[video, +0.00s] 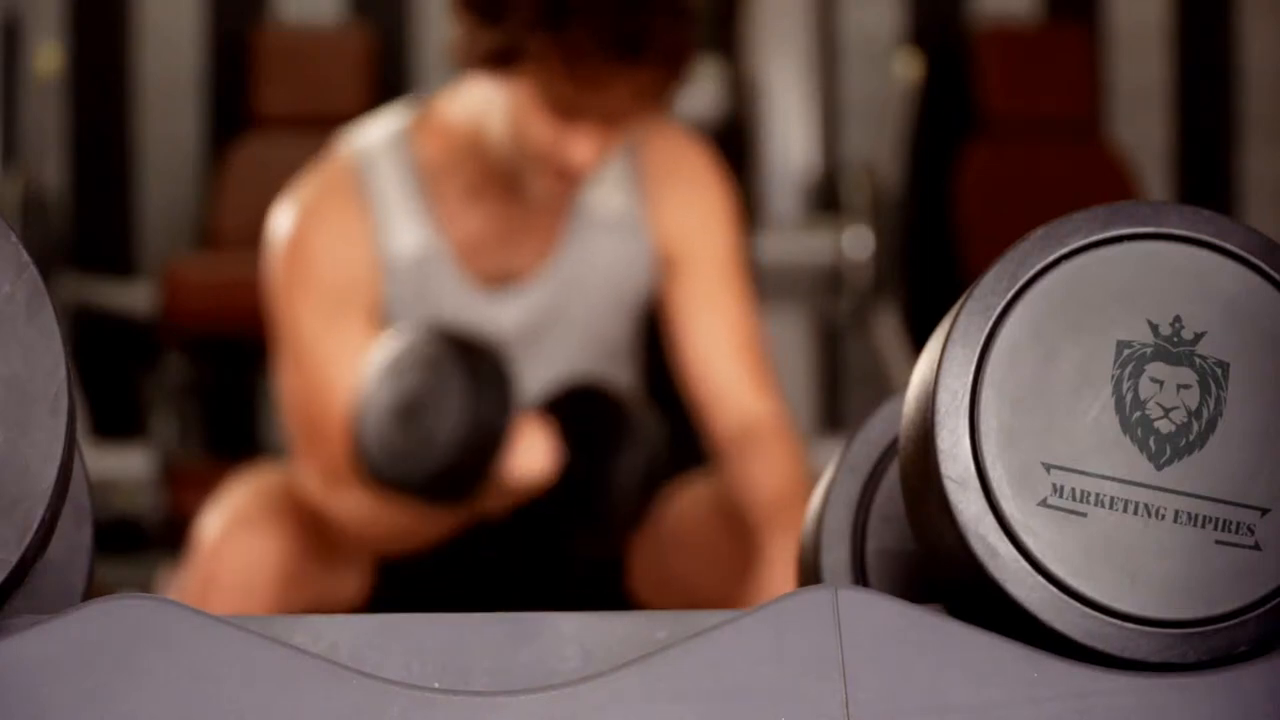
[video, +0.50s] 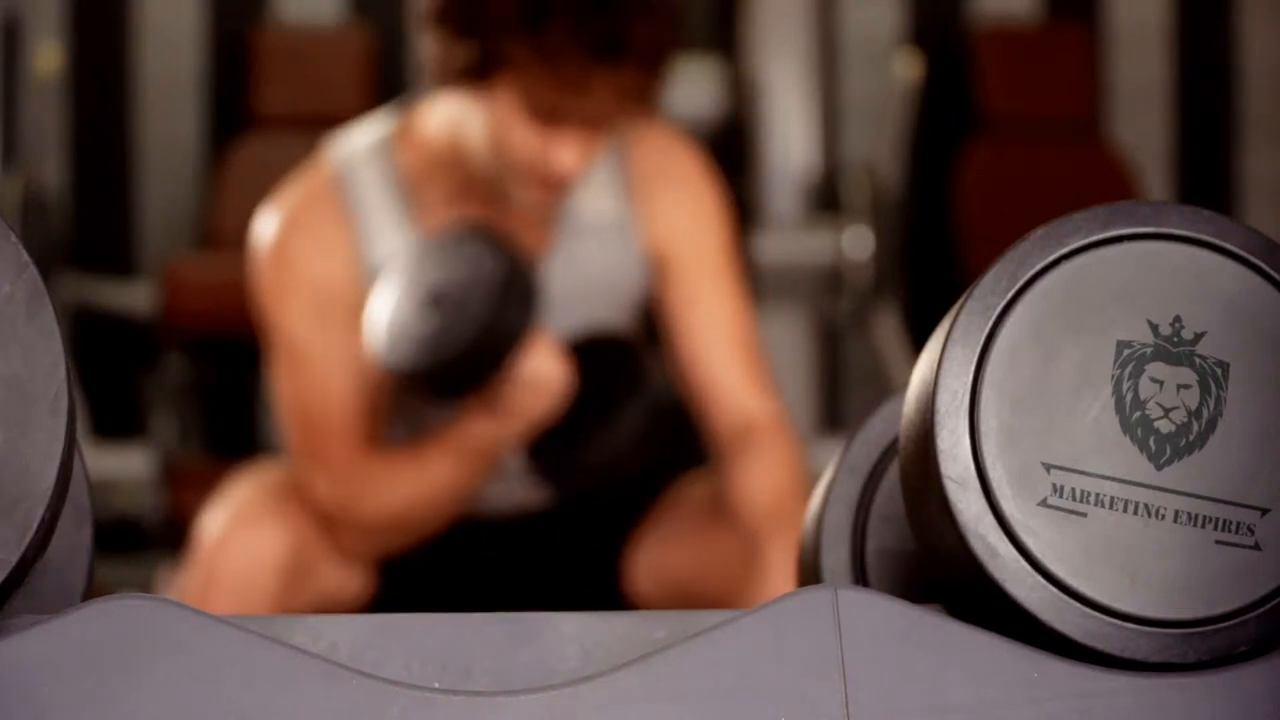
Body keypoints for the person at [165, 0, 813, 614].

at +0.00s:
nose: (588, 153)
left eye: (618, 121)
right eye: (566, 112)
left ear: (652, 93)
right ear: (500, 58)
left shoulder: (670, 170)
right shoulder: (333, 208)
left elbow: (748, 421)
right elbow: (342, 500)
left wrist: (788, 576)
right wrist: (497, 479)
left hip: (598, 525)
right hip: (403, 534)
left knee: (782, 531)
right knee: (248, 534)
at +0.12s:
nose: (578, 154)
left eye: (608, 121)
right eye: (555, 112)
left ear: (641, 97)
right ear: (485, 59)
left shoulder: (665, 171)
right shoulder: (319, 213)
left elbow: (747, 422)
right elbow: (347, 498)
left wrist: (788, 593)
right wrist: (496, 462)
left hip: (600, 526)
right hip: (402, 533)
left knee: (781, 539)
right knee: (249, 538)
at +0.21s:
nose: (573, 153)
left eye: (604, 120)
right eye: (547, 112)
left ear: (636, 98)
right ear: (476, 61)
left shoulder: (661, 171)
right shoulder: (314, 217)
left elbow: (746, 422)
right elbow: (346, 502)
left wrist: (789, 596)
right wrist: (494, 455)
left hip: (598, 525)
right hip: (399, 535)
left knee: (784, 541)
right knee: (250, 536)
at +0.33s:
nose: (569, 154)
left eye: (601, 121)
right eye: (543, 113)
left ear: (633, 97)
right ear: (470, 63)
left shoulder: (660, 171)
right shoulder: (311, 220)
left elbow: (747, 424)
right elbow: (348, 507)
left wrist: (787, 591)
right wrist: (501, 438)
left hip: (595, 524)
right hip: (398, 538)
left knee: (786, 541)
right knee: (249, 535)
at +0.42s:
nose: (569, 155)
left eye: (601, 122)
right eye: (543, 115)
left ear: (632, 101)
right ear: (472, 67)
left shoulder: (660, 171)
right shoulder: (312, 220)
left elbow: (748, 425)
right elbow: (351, 511)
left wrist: (785, 593)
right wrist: (499, 430)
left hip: (593, 523)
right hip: (398, 539)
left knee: (784, 541)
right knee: (249, 533)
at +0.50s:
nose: (570, 156)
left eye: (602, 122)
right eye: (544, 116)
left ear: (633, 100)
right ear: (473, 71)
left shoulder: (661, 172)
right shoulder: (312, 221)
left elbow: (748, 426)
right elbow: (354, 515)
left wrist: (786, 588)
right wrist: (503, 420)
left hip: (597, 523)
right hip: (401, 538)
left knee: (788, 542)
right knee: (249, 533)